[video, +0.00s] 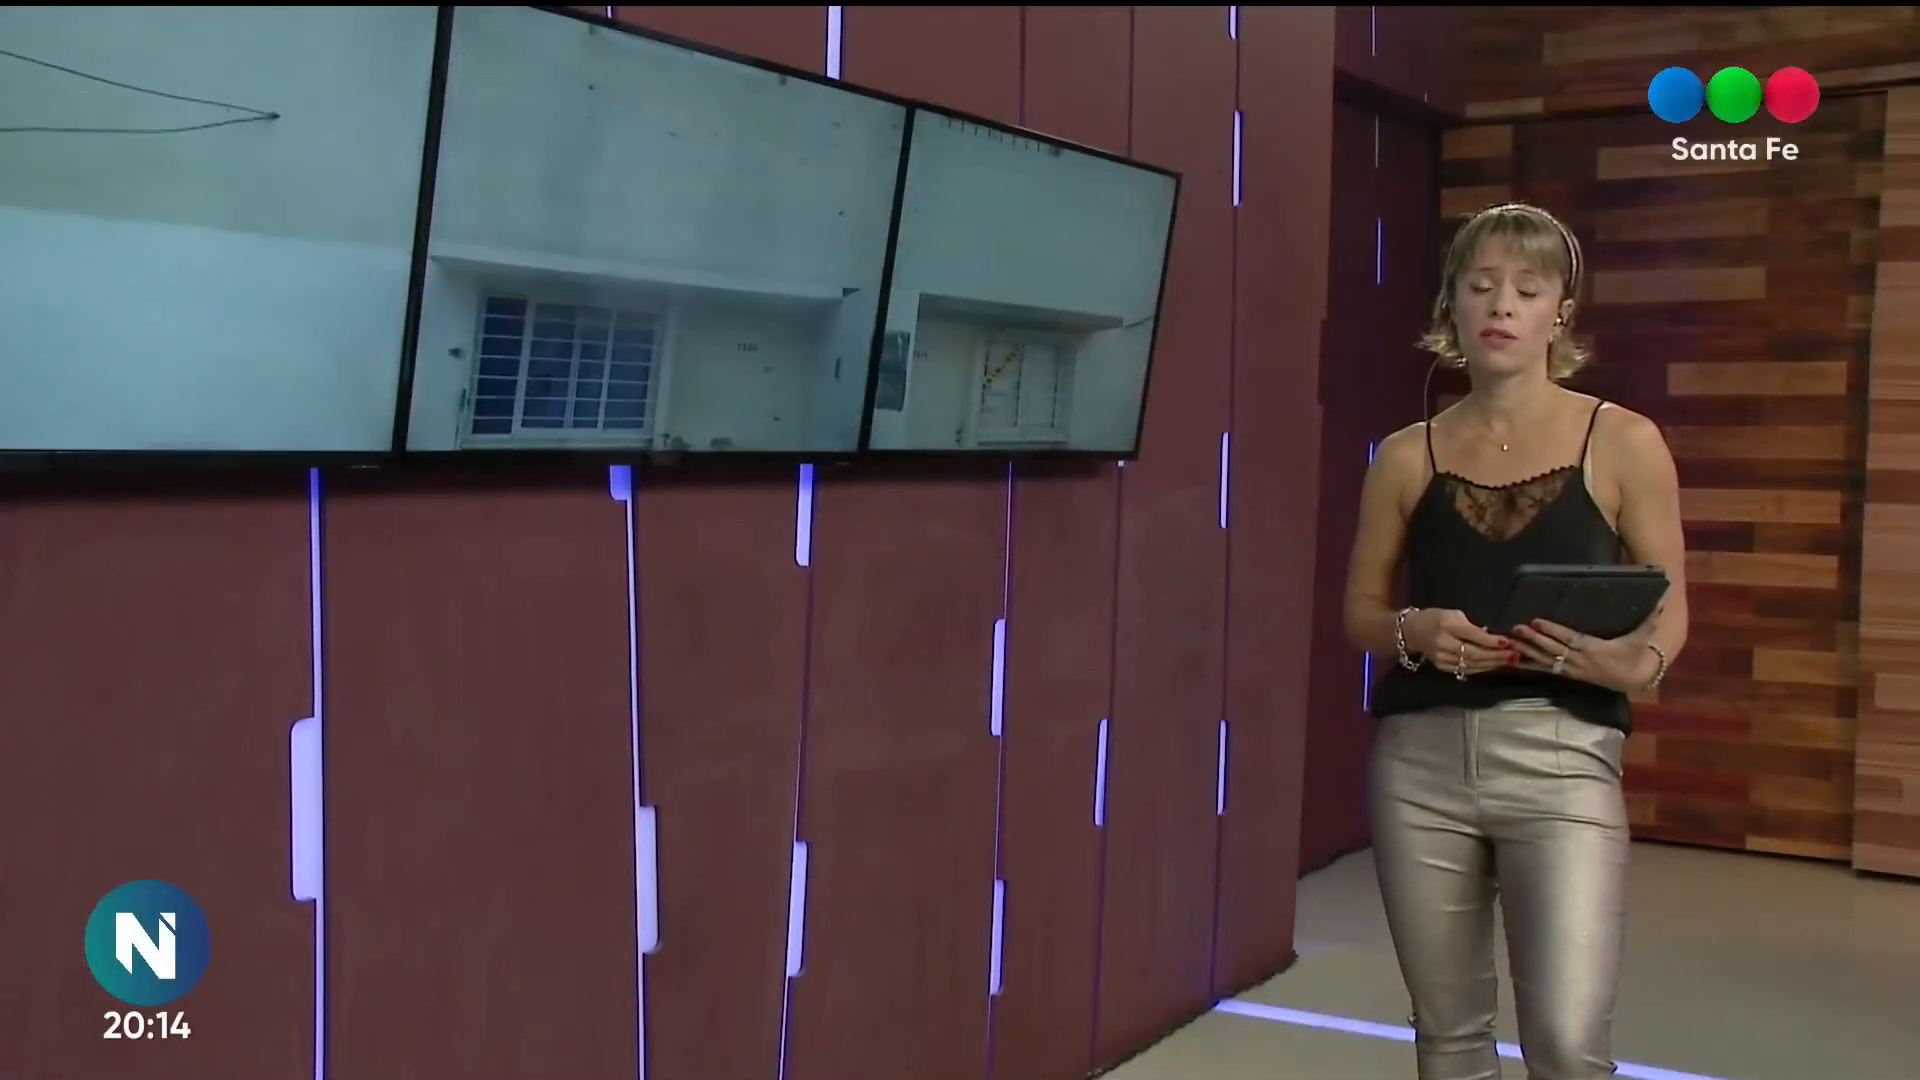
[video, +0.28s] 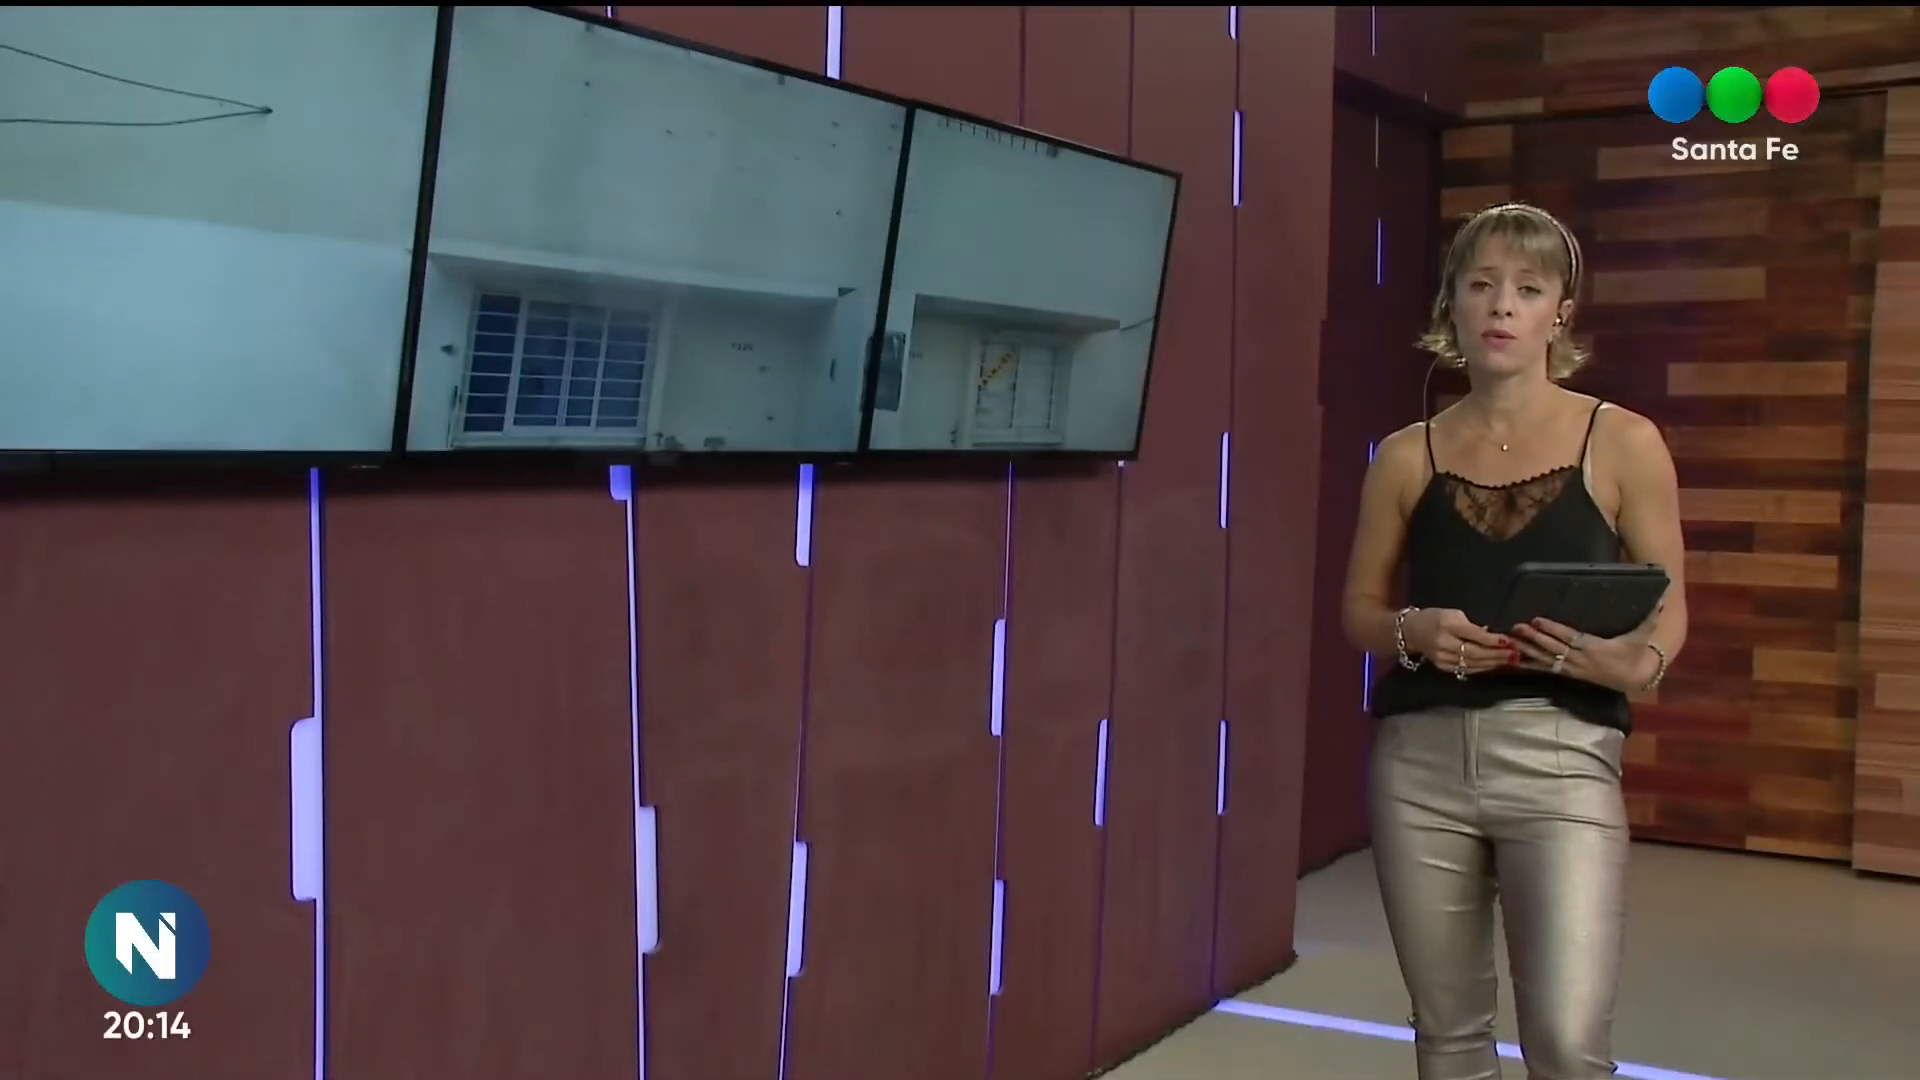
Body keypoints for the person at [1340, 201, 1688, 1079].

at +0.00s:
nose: (1499, 305)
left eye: (1525, 289)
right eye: (1481, 284)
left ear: (1559, 314)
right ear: (1452, 305)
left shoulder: (1624, 444)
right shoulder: (1405, 459)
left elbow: (1667, 604)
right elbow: (1360, 611)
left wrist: (1630, 665)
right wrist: (1411, 632)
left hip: (1560, 766)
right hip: (1418, 767)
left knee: (1566, 1049)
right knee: (1448, 1042)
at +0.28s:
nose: (1500, 305)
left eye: (1525, 288)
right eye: (1481, 284)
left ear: (1559, 313)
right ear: (1452, 305)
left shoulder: (1624, 444)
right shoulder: (1405, 459)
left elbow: (1666, 604)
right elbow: (1359, 611)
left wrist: (1629, 665)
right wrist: (1409, 632)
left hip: (1560, 767)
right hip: (1418, 767)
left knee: (1566, 1048)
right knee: (1447, 1041)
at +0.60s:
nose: (1494, 303)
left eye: (1520, 287)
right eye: (1476, 283)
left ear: (1555, 313)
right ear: (1448, 304)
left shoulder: (1620, 443)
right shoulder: (1401, 460)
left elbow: (1663, 604)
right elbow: (1357, 611)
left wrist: (1628, 664)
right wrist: (1405, 631)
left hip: (1557, 766)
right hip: (1416, 767)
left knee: (1563, 1048)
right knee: (1447, 1039)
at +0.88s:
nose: (1492, 302)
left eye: (1518, 286)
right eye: (1474, 282)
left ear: (1554, 312)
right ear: (1446, 304)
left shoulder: (1619, 442)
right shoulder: (1399, 459)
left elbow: (1661, 606)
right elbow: (1355, 611)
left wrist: (1624, 662)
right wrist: (1404, 630)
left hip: (1557, 766)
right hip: (1416, 767)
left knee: (1562, 1046)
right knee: (1446, 1038)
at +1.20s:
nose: (1490, 304)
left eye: (1517, 287)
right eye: (1472, 283)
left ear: (1554, 313)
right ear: (1446, 304)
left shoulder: (1619, 443)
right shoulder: (1399, 458)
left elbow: (1661, 605)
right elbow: (1354, 609)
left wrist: (1627, 663)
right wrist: (1405, 630)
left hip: (1558, 767)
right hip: (1416, 767)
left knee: (1562, 1046)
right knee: (1446, 1039)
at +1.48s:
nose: (1496, 306)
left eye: (1523, 289)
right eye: (1477, 285)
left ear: (1558, 313)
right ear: (1449, 305)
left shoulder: (1622, 444)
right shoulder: (1402, 460)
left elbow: (1664, 605)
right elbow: (1357, 610)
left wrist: (1632, 663)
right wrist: (1409, 629)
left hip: (1560, 767)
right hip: (1418, 768)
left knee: (1566, 1048)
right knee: (1448, 1039)